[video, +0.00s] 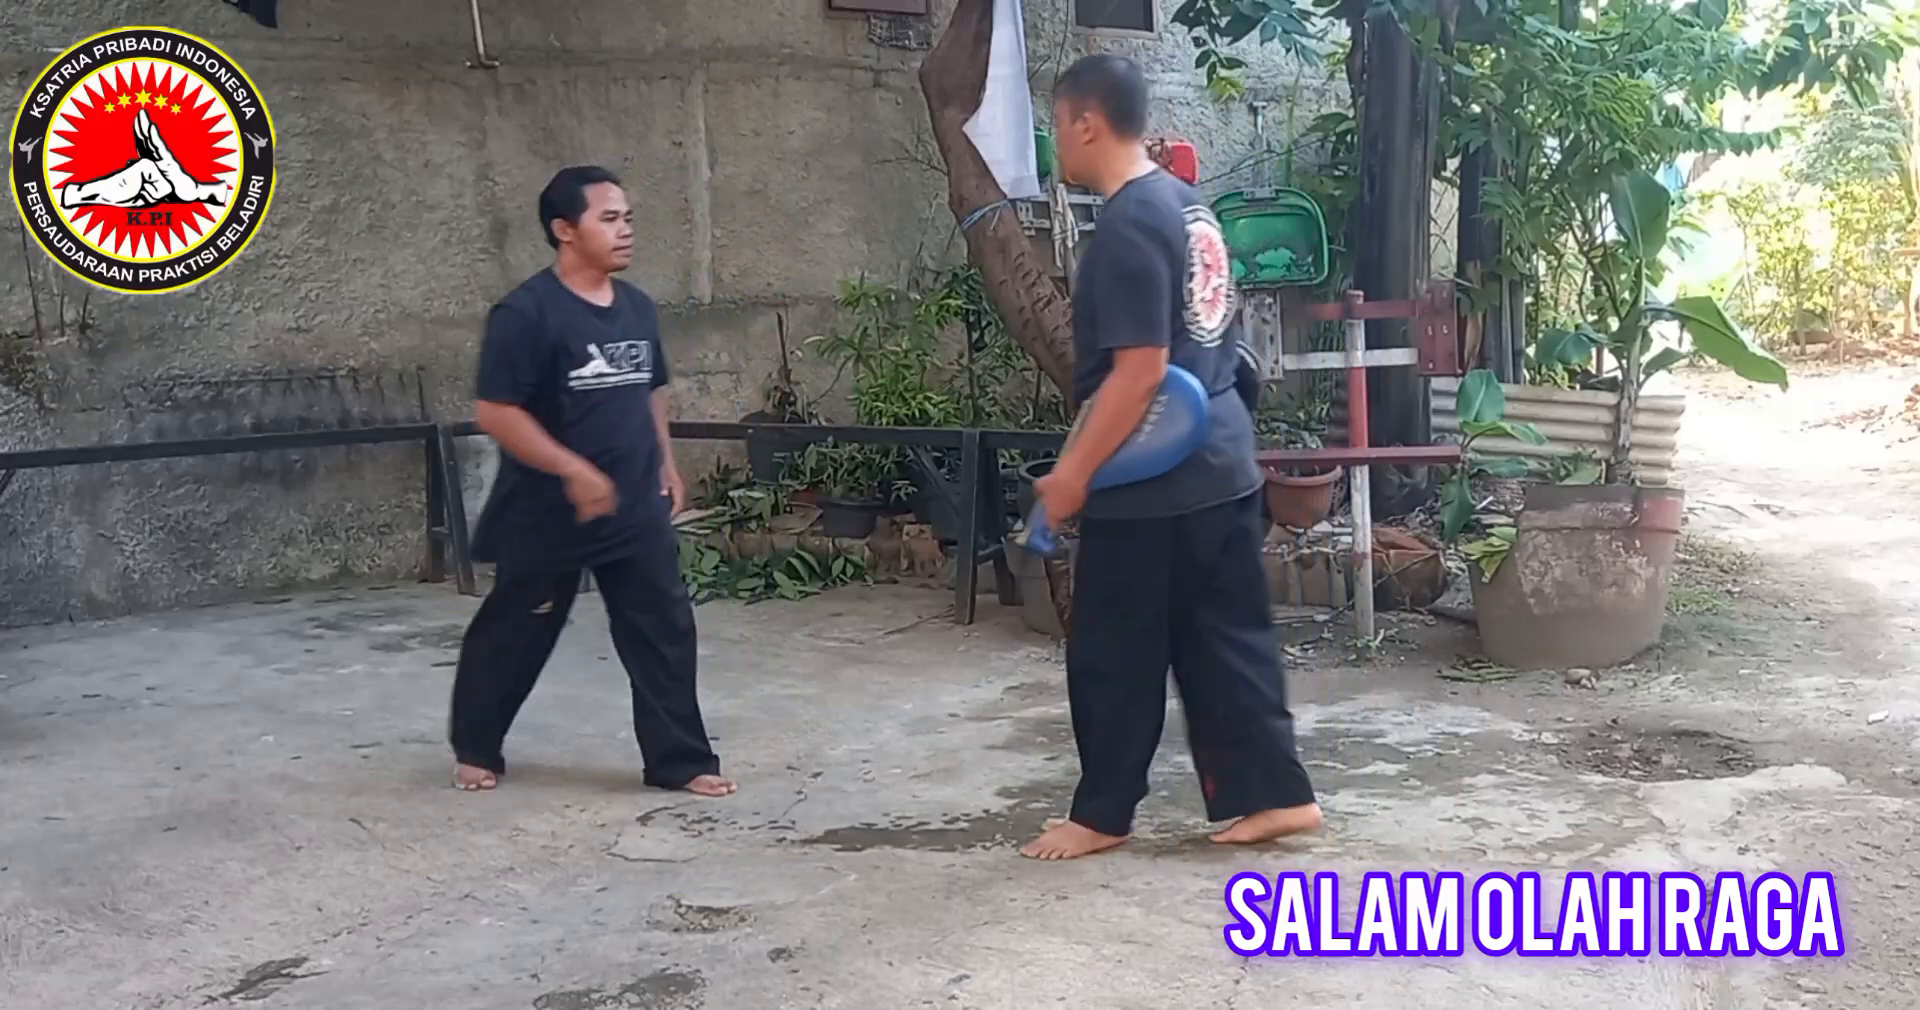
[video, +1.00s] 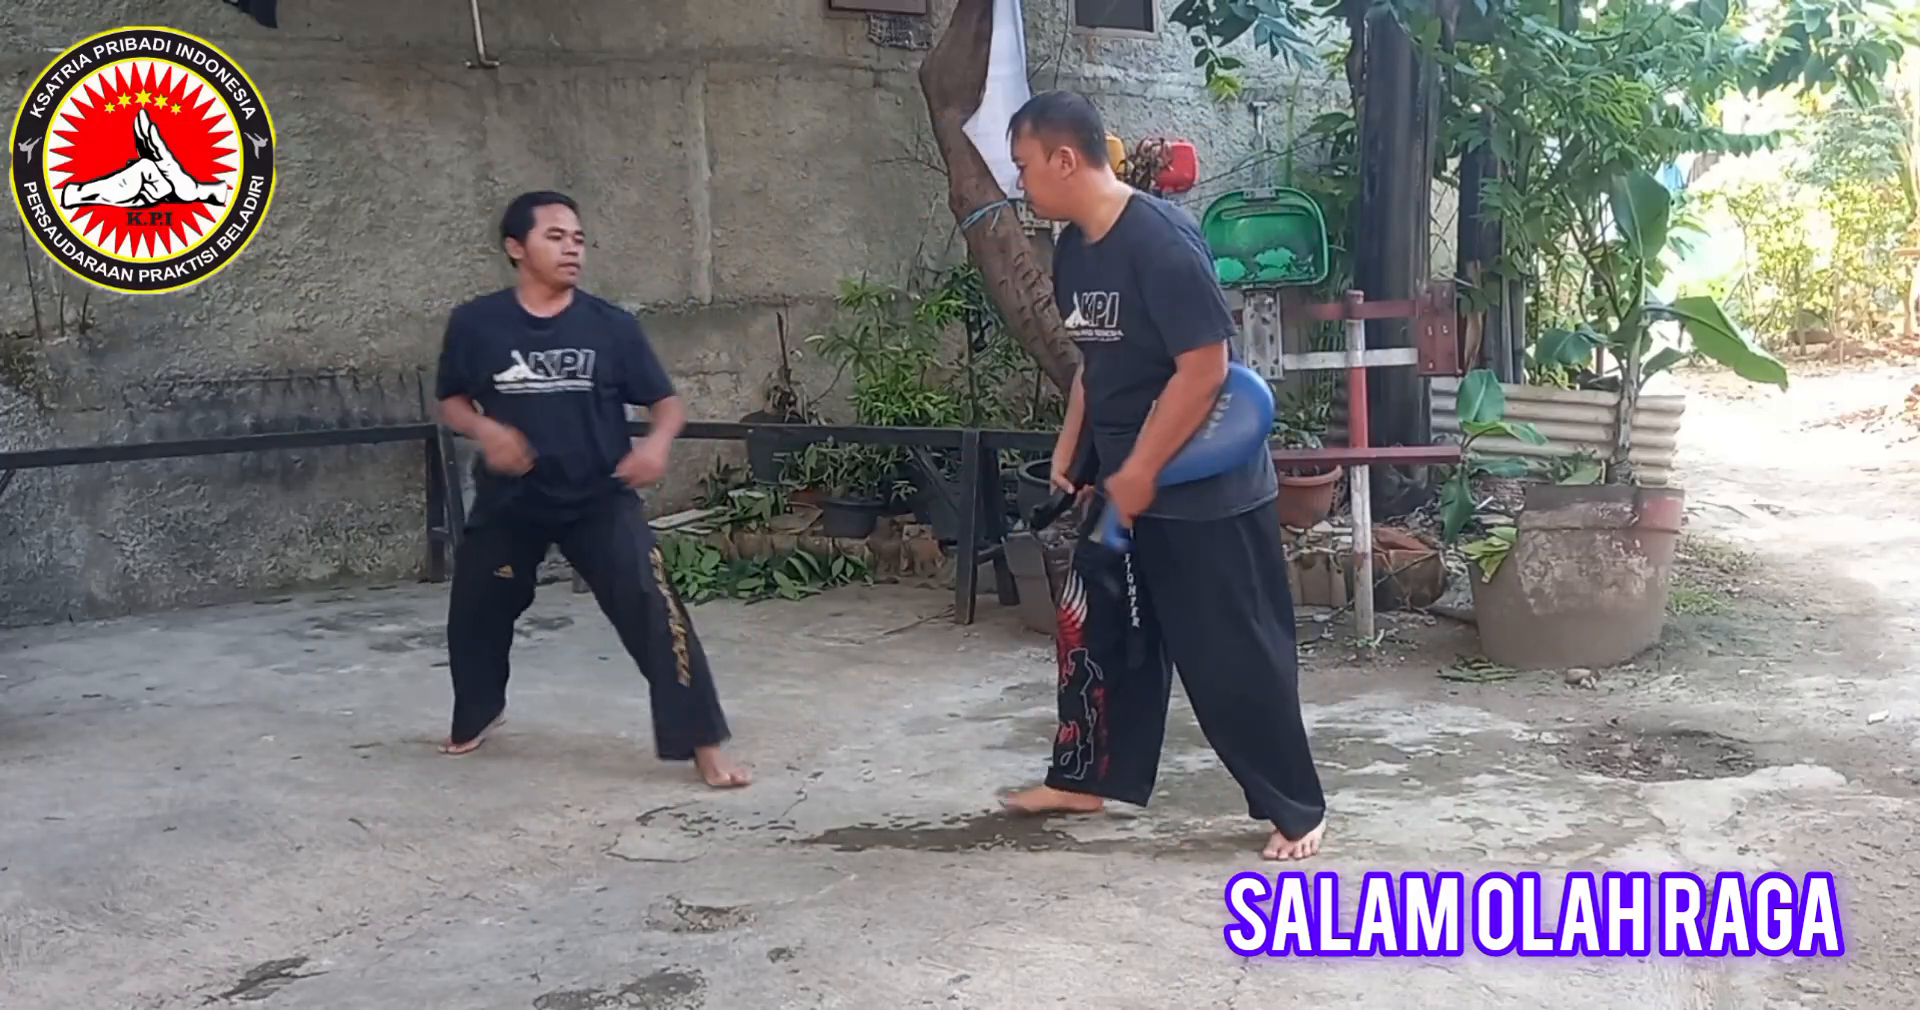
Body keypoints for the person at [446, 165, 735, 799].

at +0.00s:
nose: (626, 230)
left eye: (627, 218)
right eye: (610, 219)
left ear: (626, 223)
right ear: (565, 230)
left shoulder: (637, 307)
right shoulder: (524, 314)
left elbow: (652, 394)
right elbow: (495, 411)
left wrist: (665, 460)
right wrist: (572, 470)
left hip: (635, 507)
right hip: (550, 514)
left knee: (665, 631)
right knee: (516, 630)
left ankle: (679, 761)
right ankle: (476, 746)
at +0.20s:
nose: (561, 234)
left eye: (564, 222)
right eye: (545, 223)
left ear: (569, 226)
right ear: (500, 230)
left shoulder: (587, 304)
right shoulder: (450, 313)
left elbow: (607, 384)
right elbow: (413, 401)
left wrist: (614, 453)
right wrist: (458, 470)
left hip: (579, 498)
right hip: (490, 506)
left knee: (615, 611)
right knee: (482, 634)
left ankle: (642, 735)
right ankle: (475, 754)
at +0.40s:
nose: (557, 243)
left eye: (562, 230)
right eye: (542, 232)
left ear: (568, 234)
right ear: (499, 238)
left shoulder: (592, 309)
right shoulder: (449, 308)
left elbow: (626, 390)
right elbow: (424, 393)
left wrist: (604, 462)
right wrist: (448, 470)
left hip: (563, 497)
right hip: (474, 500)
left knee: (572, 618)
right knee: (469, 626)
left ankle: (577, 725)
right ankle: (470, 749)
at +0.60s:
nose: (561, 239)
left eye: (566, 227)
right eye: (546, 228)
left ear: (571, 229)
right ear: (503, 231)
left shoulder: (592, 303)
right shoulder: (450, 297)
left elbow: (621, 380)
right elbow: (415, 363)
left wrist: (602, 439)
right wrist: (443, 431)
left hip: (562, 483)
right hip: (474, 480)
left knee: (572, 594)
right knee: (450, 579)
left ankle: (585, 723)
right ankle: (470, 705)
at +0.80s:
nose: (534, 256)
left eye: (538, 245)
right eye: (519, 245)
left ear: (544, 253)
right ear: (476, 254)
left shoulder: (569, 331)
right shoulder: (430, 330)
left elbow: (608, 412)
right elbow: (401, 401)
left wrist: (588, 464)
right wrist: (430, 461)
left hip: (558, 501)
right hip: (468, 506)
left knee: (612, 588)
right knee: (457, 620)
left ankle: (611, 712)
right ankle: (488, 716)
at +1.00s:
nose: (572, 248)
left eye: (577, 238)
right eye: (556, 237)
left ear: (584, 249)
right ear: (517, 249)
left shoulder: (612, 325)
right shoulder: (474, 323)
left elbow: (669, 403)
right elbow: (451, 402)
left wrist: (656, 445)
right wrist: (486, 431)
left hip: (598, 498)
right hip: (511, 500)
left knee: (647, 601)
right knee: (476, 606)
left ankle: (707, 743)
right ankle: (477, 708)